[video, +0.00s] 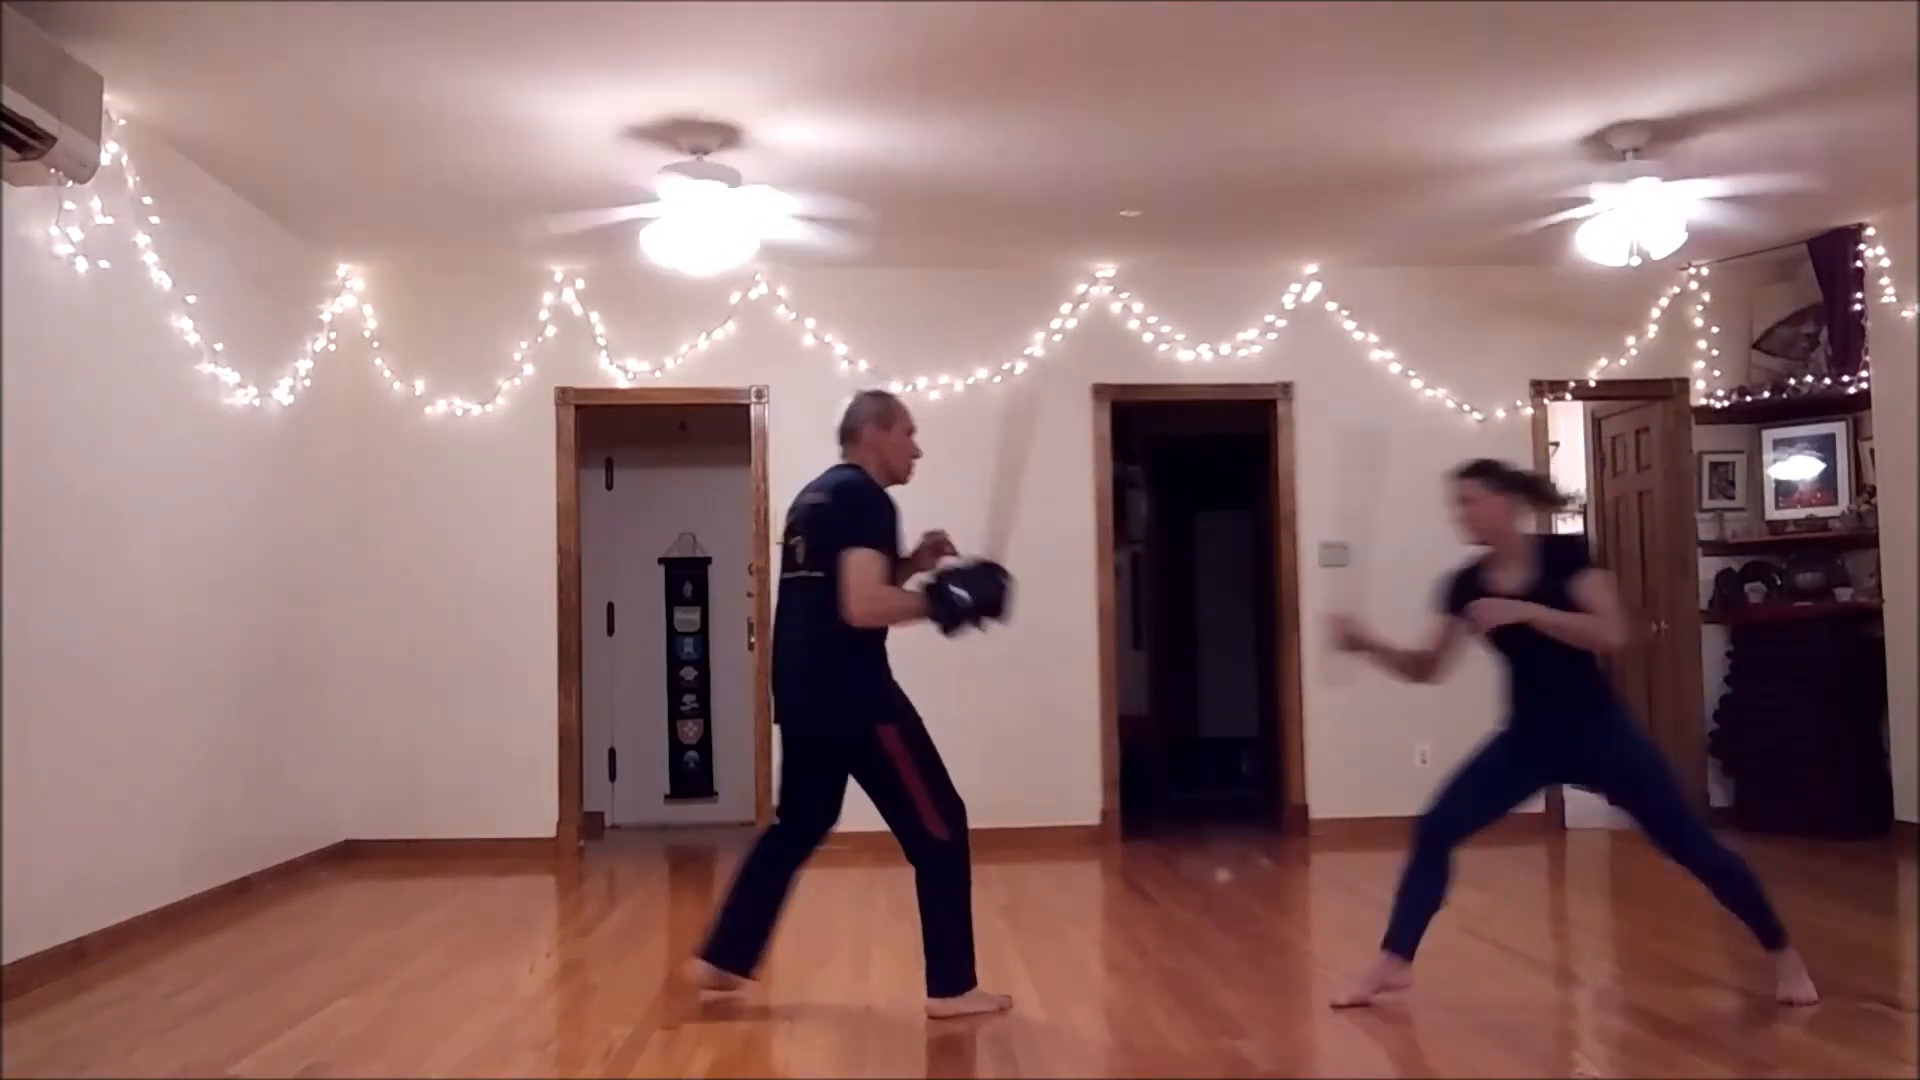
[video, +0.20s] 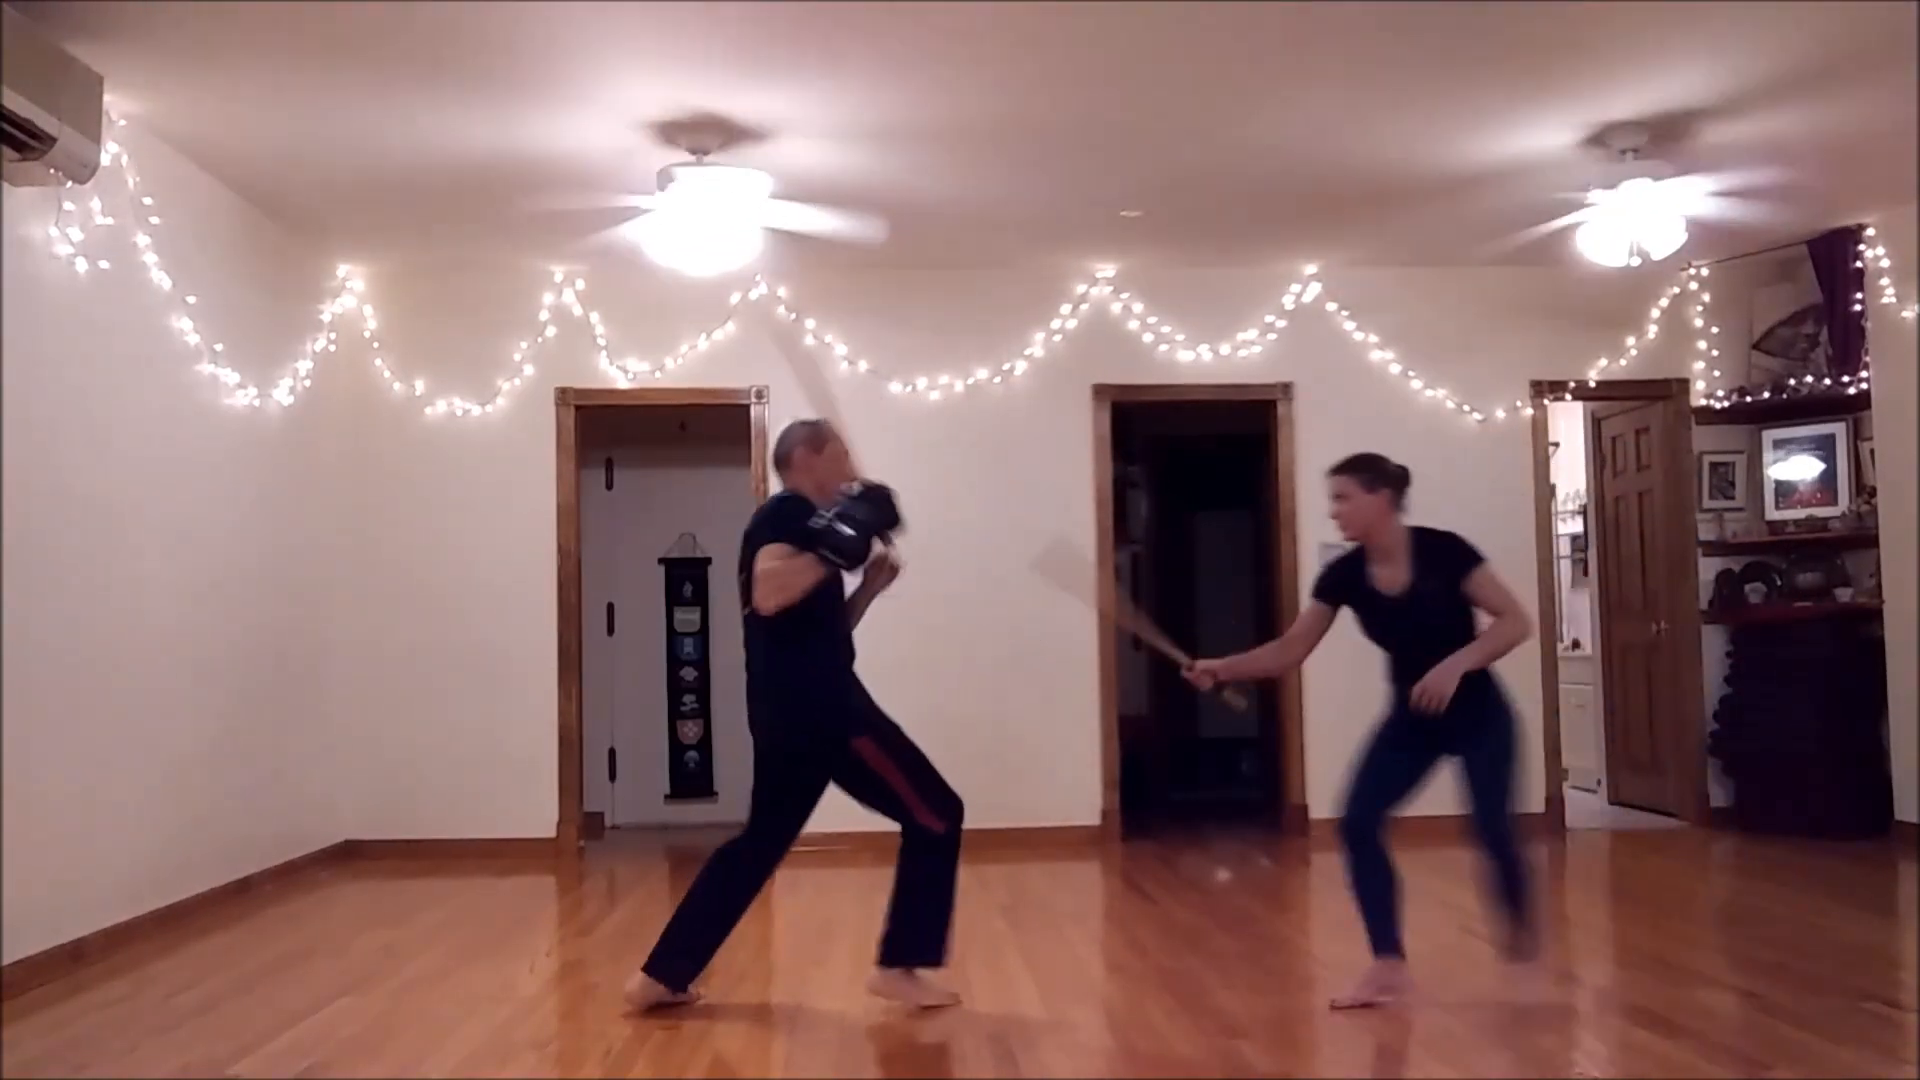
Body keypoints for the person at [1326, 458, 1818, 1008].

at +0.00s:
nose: (1464, 515)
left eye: (1473, 502)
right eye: (1459, 506)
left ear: (1510, 501)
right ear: (1468, 515)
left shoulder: (1567, 558)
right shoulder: (1470, 583)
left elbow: (1613, 634)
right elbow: (1431, 665)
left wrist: (1524, 612)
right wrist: (1369, 645)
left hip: (1600, 736)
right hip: (1528, 741)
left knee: (1686, 840)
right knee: (1437, 828)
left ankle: (1781, 950)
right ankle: (1393, 963)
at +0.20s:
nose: (1334, 512)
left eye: (1343, 499)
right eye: (1332, 501)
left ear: (1384, 498)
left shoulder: (1443, 552)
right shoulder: (1344, 576)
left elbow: (1517, 621)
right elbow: (1288, 652)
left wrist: (1454, 665)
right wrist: (1221, 669)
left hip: (1477, 710)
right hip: (1413, 714)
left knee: (1494, 827)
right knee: (1358, 822)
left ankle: (1522, 945)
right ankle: (1389, 965)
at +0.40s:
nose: (1263, 527)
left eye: (1272, 514)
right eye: (1258, 517)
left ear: (1309, 513)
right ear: (1265, 523)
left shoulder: (1360, 566)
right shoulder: (1274, 584)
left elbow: (1437, 618)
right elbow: (1225, 650)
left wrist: (1394, 660)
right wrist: (1176, 606)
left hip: (1364, 733)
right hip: (1307, 735)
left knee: (1365, 851)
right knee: (1209, 803)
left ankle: (1442, 984)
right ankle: (1175, 925)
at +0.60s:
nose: (1161, 522)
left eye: (1171, 511)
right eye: (1157, 512)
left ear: (1205, 511)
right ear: (1154, 518)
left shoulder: (1243, 571)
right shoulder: (1148, 576)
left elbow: (1289, 638)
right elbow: (1084, 619)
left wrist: (1248, 631)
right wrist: (1061, 563)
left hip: (1247, 728)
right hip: (1175, 731)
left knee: (1305, 819)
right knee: (1129, 828)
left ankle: (1358, 935)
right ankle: (1112, 931)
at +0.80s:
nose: (1120, 527)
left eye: (1130, 514)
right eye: (1111, 518)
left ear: (1155, 515)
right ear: (1102, 522)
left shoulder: (1180, 563)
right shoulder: (1095, 572)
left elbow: (1207, 625)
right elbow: (1081, 636)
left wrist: (1165, 592)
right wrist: (1132, 654)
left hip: (1164, 700)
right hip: (1106, 702)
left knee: (1186, 817)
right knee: (1112, 814)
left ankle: (1144, 868)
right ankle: (1074, 871)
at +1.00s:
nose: (1112, 537)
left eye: (1121, 527)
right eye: (1102, 528)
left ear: (1138, 531)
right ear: (1091, 532)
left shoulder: (1152, 574)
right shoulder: (1083, 576)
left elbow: (1172, 642)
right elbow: (1079, 638)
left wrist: (1146, 606)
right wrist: (1107, 690)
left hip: (1117, 700)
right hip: (1070, 699)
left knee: (1101, 798)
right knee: (1080, 797)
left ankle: (1079, 891)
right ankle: (1063, 888)